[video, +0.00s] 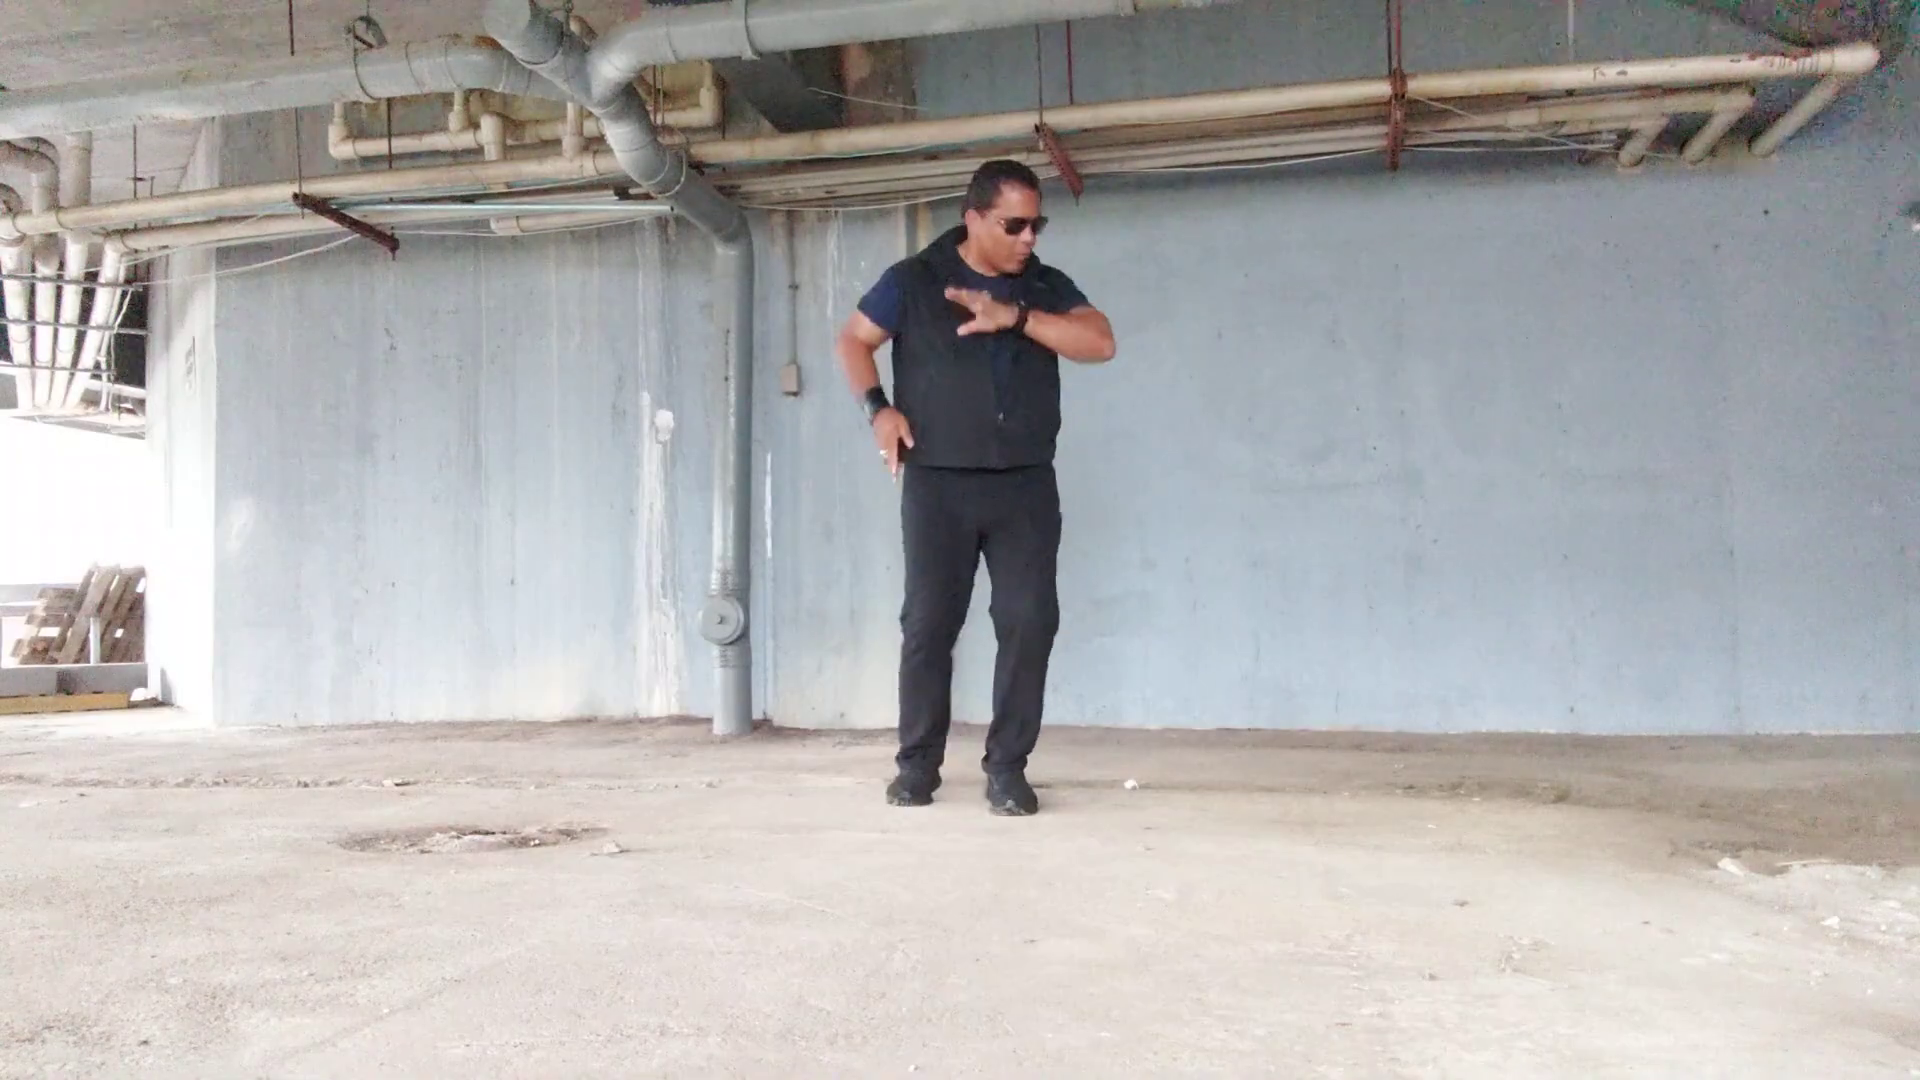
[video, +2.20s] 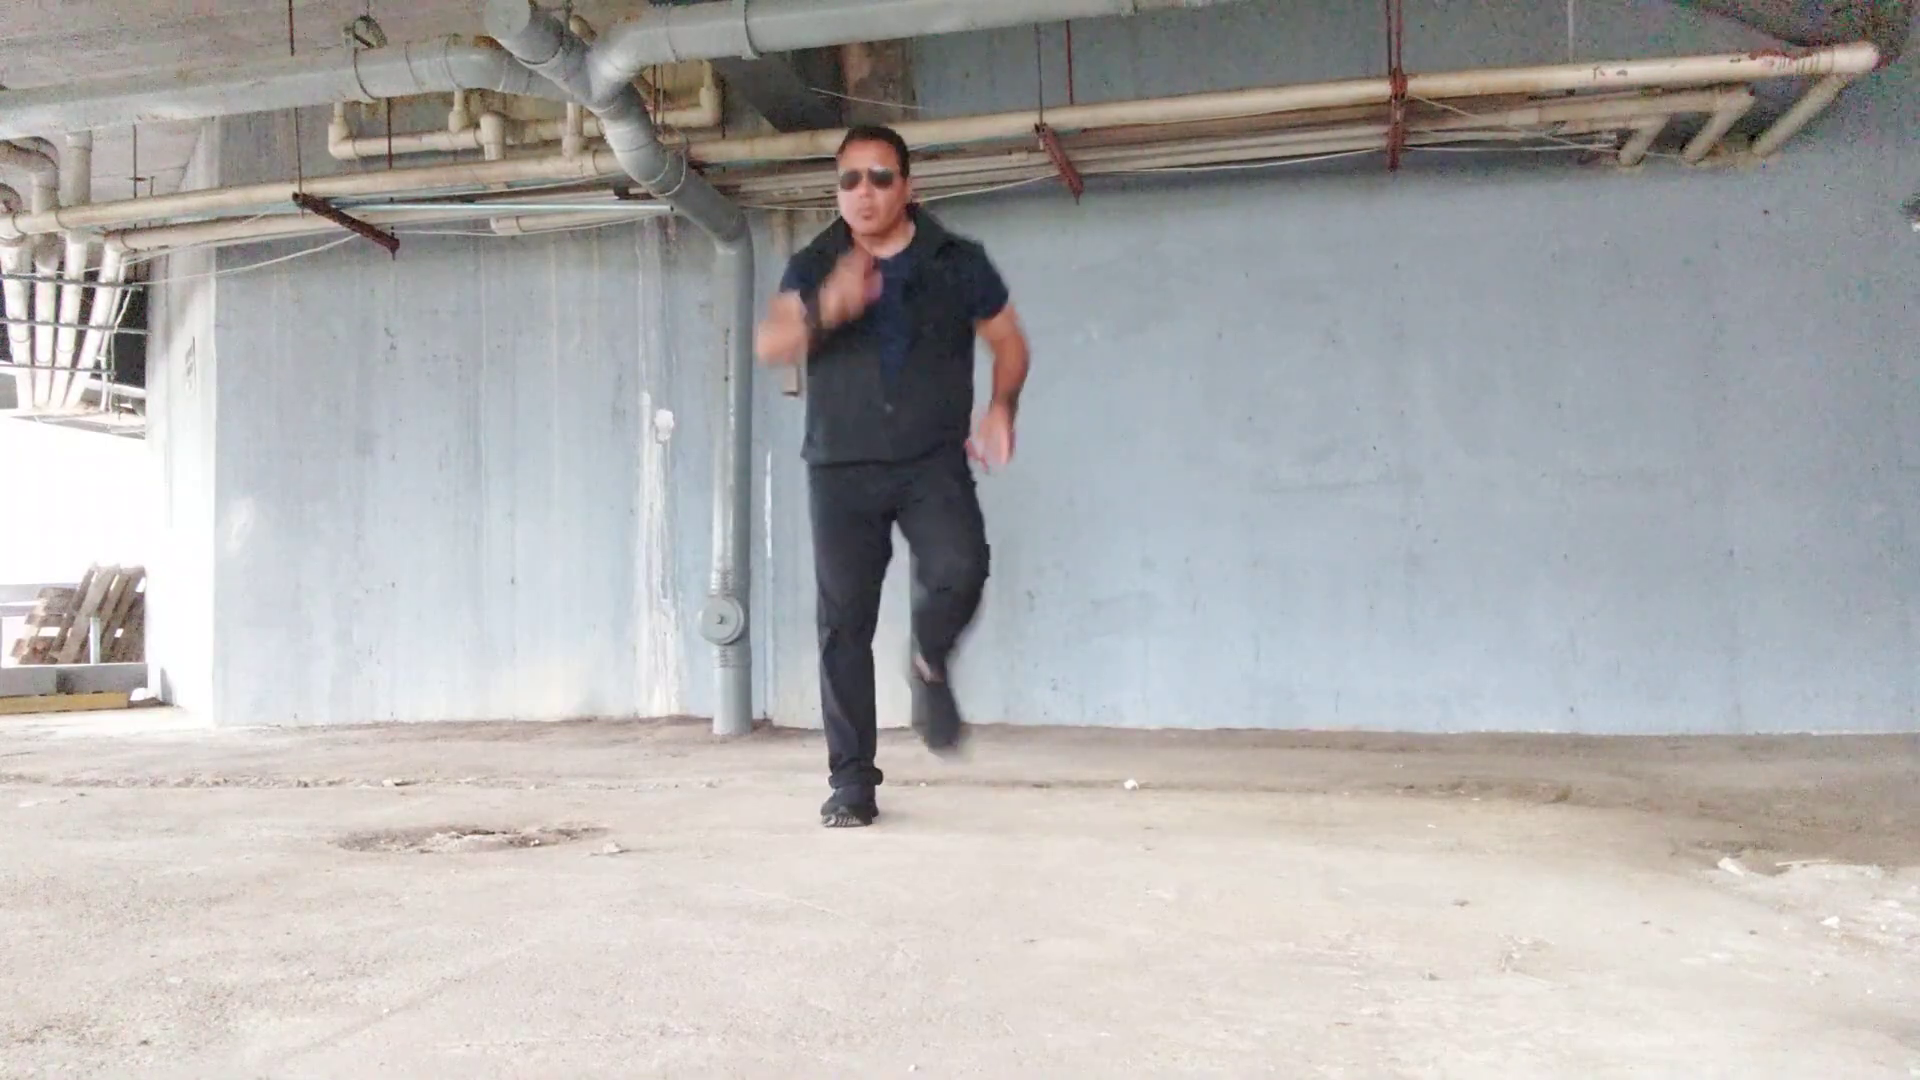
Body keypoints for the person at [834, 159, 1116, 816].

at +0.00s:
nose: (1029, 238)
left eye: (1035, 225)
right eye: (1016, 225)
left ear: (1039, 221)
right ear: (973, 219)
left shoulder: (1044, 284)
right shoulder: (916, 279)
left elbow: (1101, 343)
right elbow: (853, 340)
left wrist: (1018, 318)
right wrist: (878, 408)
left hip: (1025, 485)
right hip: (937, 485)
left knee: (1031, 622)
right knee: (927, 626)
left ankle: (1007, 768)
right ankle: (917, 764)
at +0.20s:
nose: (986, 219)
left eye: (1000, 206)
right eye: (972, 206)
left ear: (1018, 212)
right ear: (951, 211)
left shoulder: (1058, 283)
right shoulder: (917, 281)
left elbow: (1083, 377)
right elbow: (881, 363)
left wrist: (1060, 407)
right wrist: (913, 380)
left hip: (1025, 481)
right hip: (936, 479)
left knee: (1028, 628)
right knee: (913, 607)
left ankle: (1009, 771)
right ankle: (937, 752)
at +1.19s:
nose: (983, 217)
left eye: (995, 203)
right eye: (968, 204)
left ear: (1007, 203)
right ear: (936, 203)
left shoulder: (1034, 272)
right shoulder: (900, 265)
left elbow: (1085, 361)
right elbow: (831, 324)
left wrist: (1078, 454)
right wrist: (891, 301)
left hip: (1002, 474)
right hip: (917, 473)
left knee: (1009, 627)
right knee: (896, 620)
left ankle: (1009, 774)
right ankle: (886, 778)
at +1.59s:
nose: (928, 220)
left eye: (939, 206)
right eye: (913, 206)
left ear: (948, 206)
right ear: (876, 205)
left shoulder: (968, 273)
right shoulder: (831, 279)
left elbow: (1003, 356)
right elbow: (820, 375)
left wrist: (1046, 429)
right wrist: (861, 352)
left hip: (943, 479)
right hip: (855, 485)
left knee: (963, 609)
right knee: (859, 629)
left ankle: (938, 737)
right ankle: (879, 786)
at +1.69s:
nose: (930, 213)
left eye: (936, 200)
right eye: (916, 199)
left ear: (939, 202)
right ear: (872, 200)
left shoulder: (949, 268)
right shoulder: (815, 276)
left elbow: (1016, 339)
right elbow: (760, 361)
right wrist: (804, 426)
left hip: (934, 476)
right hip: (850, 479)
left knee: (927, 616)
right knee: (858, 624)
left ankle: (843, 732)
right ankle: (875, 778)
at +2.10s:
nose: (878, 201)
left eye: (893, 190)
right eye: (864, 190)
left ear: (917, 200)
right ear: (847, 200)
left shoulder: (957, 281)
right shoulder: (808, 277)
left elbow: (978, 372)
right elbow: (770, 372)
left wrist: (977, 402)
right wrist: (802, 399)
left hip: (923, 476)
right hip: (836, 479)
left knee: (949, 580)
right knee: (846, 625)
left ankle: (891, 663)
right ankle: (853, 781)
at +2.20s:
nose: (864, 193)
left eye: (880, 179)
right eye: (851, 180)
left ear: (906, 188)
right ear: (837, 189)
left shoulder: (956, 261)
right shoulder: (819, 261)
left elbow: (1009, 346)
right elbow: (768, 344)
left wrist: (1001, 406)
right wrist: (829, 307)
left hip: (934, 463)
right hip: (843, 469)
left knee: (960, 573)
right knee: (843, 626)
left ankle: (930, 664)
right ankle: (851, 783)